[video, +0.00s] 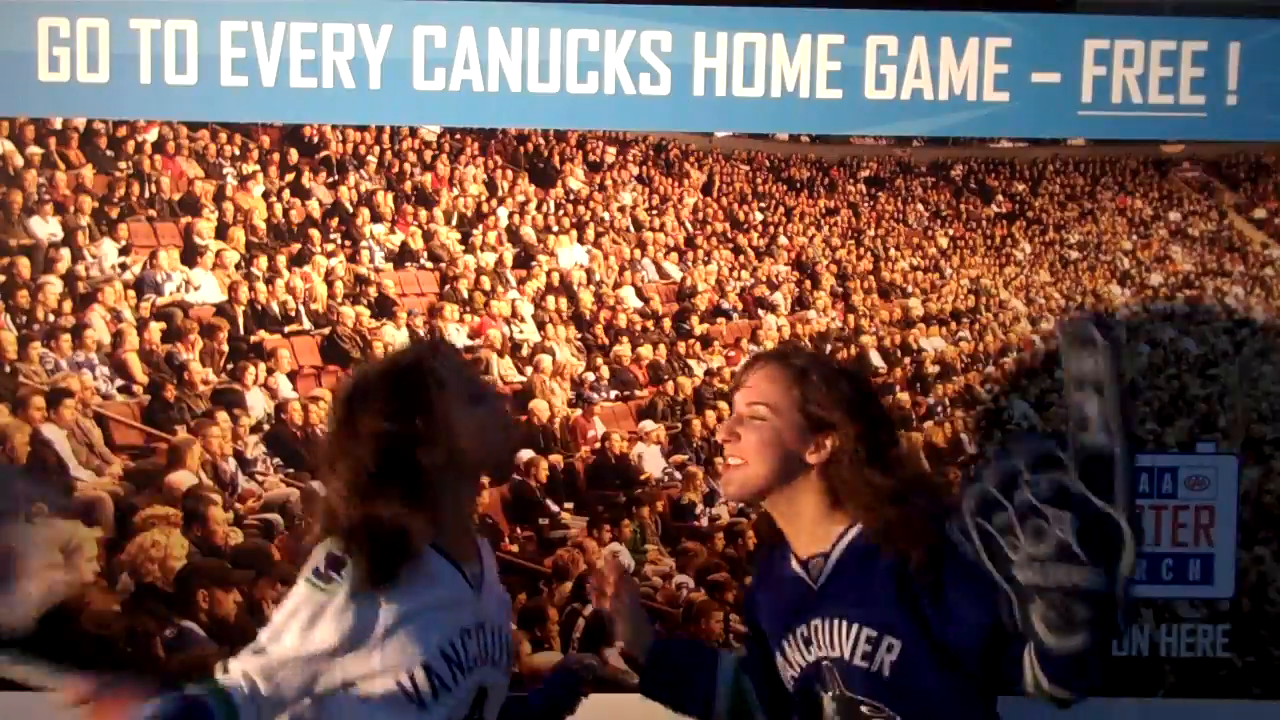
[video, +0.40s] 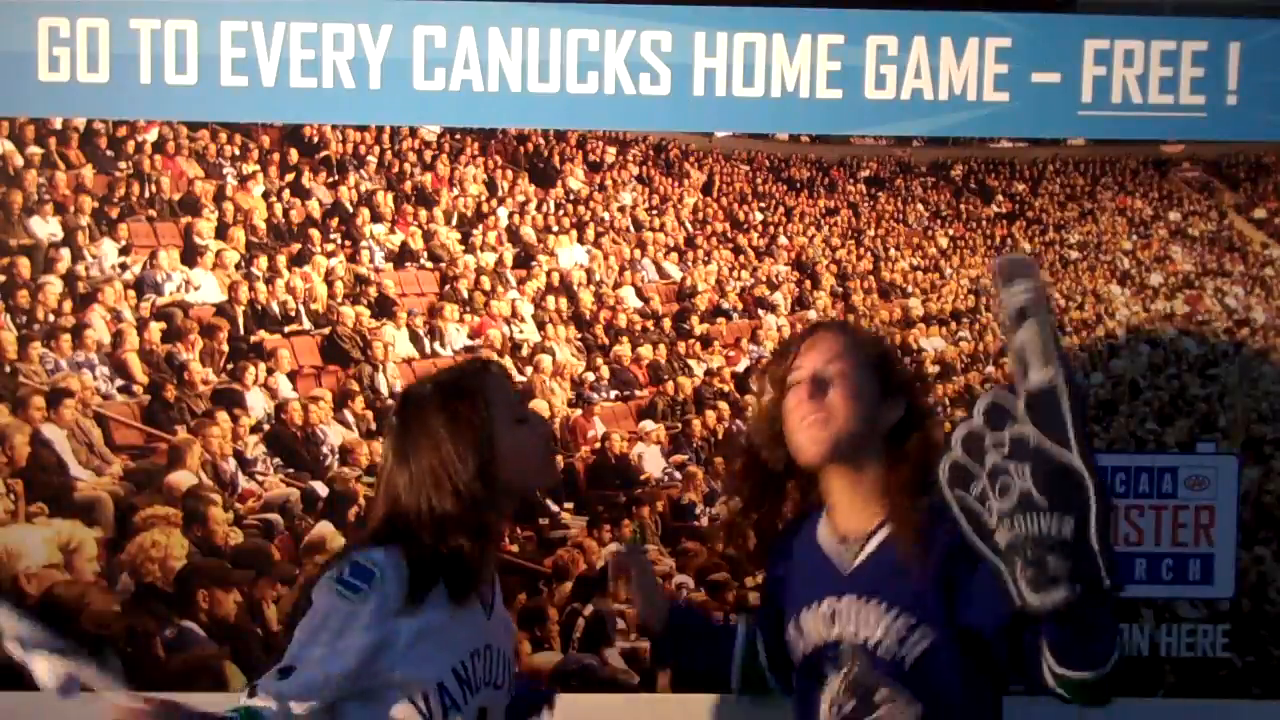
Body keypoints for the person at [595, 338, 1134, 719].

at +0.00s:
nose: (724, 435)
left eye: (753, 417)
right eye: (731, 416)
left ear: (819, 445)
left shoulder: (921, 555)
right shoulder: (769, 588)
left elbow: (1045, 686)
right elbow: (778, 701)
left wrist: (1065, 617)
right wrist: (646, 649)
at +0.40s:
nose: (804, 392)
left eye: (830, 379)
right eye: (793, 386)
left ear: (891, 409)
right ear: (784, 429)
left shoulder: (962, 539)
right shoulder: (790, 552)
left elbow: (1076, 688)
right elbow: (780, 666)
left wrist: (1068, 590)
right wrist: (666, 624)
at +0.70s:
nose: (871, 420)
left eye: (902, 403)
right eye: (871, 406)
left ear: (970, 432)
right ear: (864, 422)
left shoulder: (1030, 572)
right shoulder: (843, 540)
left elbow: (1057, 709)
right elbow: (778, 676)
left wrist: (1086, 646)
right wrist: (652, 652)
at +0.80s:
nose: (874, 417)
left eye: (904, 396)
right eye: (881, 398)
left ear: (973, 422)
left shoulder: (1045, 565)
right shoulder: (852, 539)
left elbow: (1073, 705)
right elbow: (792, 662)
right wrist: (660, 666)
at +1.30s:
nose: (897, 426)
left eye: (930, 417)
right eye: (898, 409)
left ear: (992, 451)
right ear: (883, 419)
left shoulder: (1064, 583)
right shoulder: (876, 567)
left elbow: (1128, 703)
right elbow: (846, 699)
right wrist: (726, 637)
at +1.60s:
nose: (819, 449)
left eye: (840, 419)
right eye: (819, 432)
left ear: (916, 424)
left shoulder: (1039, 559)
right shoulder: (865, 593)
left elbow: (1160, 695)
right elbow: (866, 710)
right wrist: (765, 674)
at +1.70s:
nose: (818, 451)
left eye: (839, 424)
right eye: (823, 427)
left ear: (911, 433)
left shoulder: (1024, 566)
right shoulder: (859, 576)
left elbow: (1154, 674)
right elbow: (825, 707)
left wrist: (1103, 546)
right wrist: (737, 635)